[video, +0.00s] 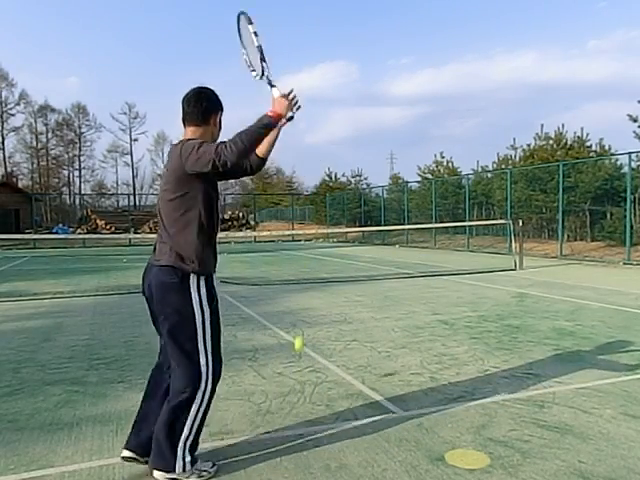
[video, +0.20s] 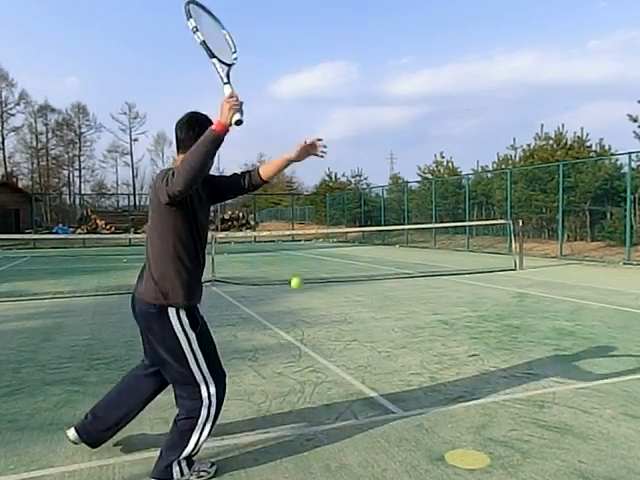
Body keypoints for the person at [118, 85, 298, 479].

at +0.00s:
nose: (221, 124)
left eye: (219, 119)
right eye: (221, 118)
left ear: (185, 118)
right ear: (214, 118)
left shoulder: (184, 154)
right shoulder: (191, 152)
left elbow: (250, 163)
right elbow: (232, 152)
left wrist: (278, 123)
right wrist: (274, 114)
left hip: (164, 274)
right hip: (185, 276)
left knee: (174, 361)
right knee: (202, 369)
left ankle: (142, 443)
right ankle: (173, 461)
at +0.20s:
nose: (215, 148)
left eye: (217, 143)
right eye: (210, 142)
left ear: (177, 144)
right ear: (198, 144)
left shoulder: (201, 185)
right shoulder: (168, 180)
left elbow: (248, 179)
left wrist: (293, 156)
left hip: (155, 300)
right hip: (170, 305)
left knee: (157, 369)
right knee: (207, 389)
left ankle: (89, 429)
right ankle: (174, 466)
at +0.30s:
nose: (214, 155)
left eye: (214, 147)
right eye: (209, 147)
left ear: (173, 150)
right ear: (195, 151)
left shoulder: (196, 190)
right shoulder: (166, 190)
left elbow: (246, 188)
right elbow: (167, 202)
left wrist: (293, 177)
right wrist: (204, 152)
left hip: (142, 304)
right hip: (160, 310)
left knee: (148, 365)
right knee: (204, 385)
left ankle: (85, 425)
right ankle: (175, 466)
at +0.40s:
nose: (203, 161)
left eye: (201, 156)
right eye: (200, 156)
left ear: (167, 158)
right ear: (189, 160)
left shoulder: (178, 196)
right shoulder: (161, 198)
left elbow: (224, 194)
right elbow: (149, 226)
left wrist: (281, 185)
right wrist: (180, 190)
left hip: (130, 306)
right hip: (153, 312)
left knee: (142, 362)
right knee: (198, 382)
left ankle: (81, 424)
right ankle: (174, 466)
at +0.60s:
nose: (174, 161)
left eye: (172, 154)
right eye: (172, 154)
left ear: (142, 157)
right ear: (161, 155)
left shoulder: (150, 191)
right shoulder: (136, 202)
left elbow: (188, 179)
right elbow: (136, 234)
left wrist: (228, 172)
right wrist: (163, 229)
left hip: (103, 299)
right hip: (125, 304)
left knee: (126, 359)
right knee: (170, 375)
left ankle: (82, 427)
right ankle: (173, 466)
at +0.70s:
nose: (158, 149)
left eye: (157, 143)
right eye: (156, 143)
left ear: (122, 148)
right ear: (148, 146)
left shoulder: (104, 176)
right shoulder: (135, 198)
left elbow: (123, 177)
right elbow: (159, 241)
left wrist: (148, 175)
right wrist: (186, 239)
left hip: (86, 287)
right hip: (119, 295)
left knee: (99, 359)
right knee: (142, 370)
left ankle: (75, 429)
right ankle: (156, 455)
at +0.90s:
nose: (122, 135)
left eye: (119, 130)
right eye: (122, 131)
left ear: (86, 130)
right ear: (118, 134)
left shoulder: (69, 166)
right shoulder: (128, 170)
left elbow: (34, 201)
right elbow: (116, 207)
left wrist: (47, 215)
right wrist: (62, 216)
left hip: (77, 269)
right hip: (119, 269)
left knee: (65, 341)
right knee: (112, 343)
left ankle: (70, 422)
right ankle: (102, 431)